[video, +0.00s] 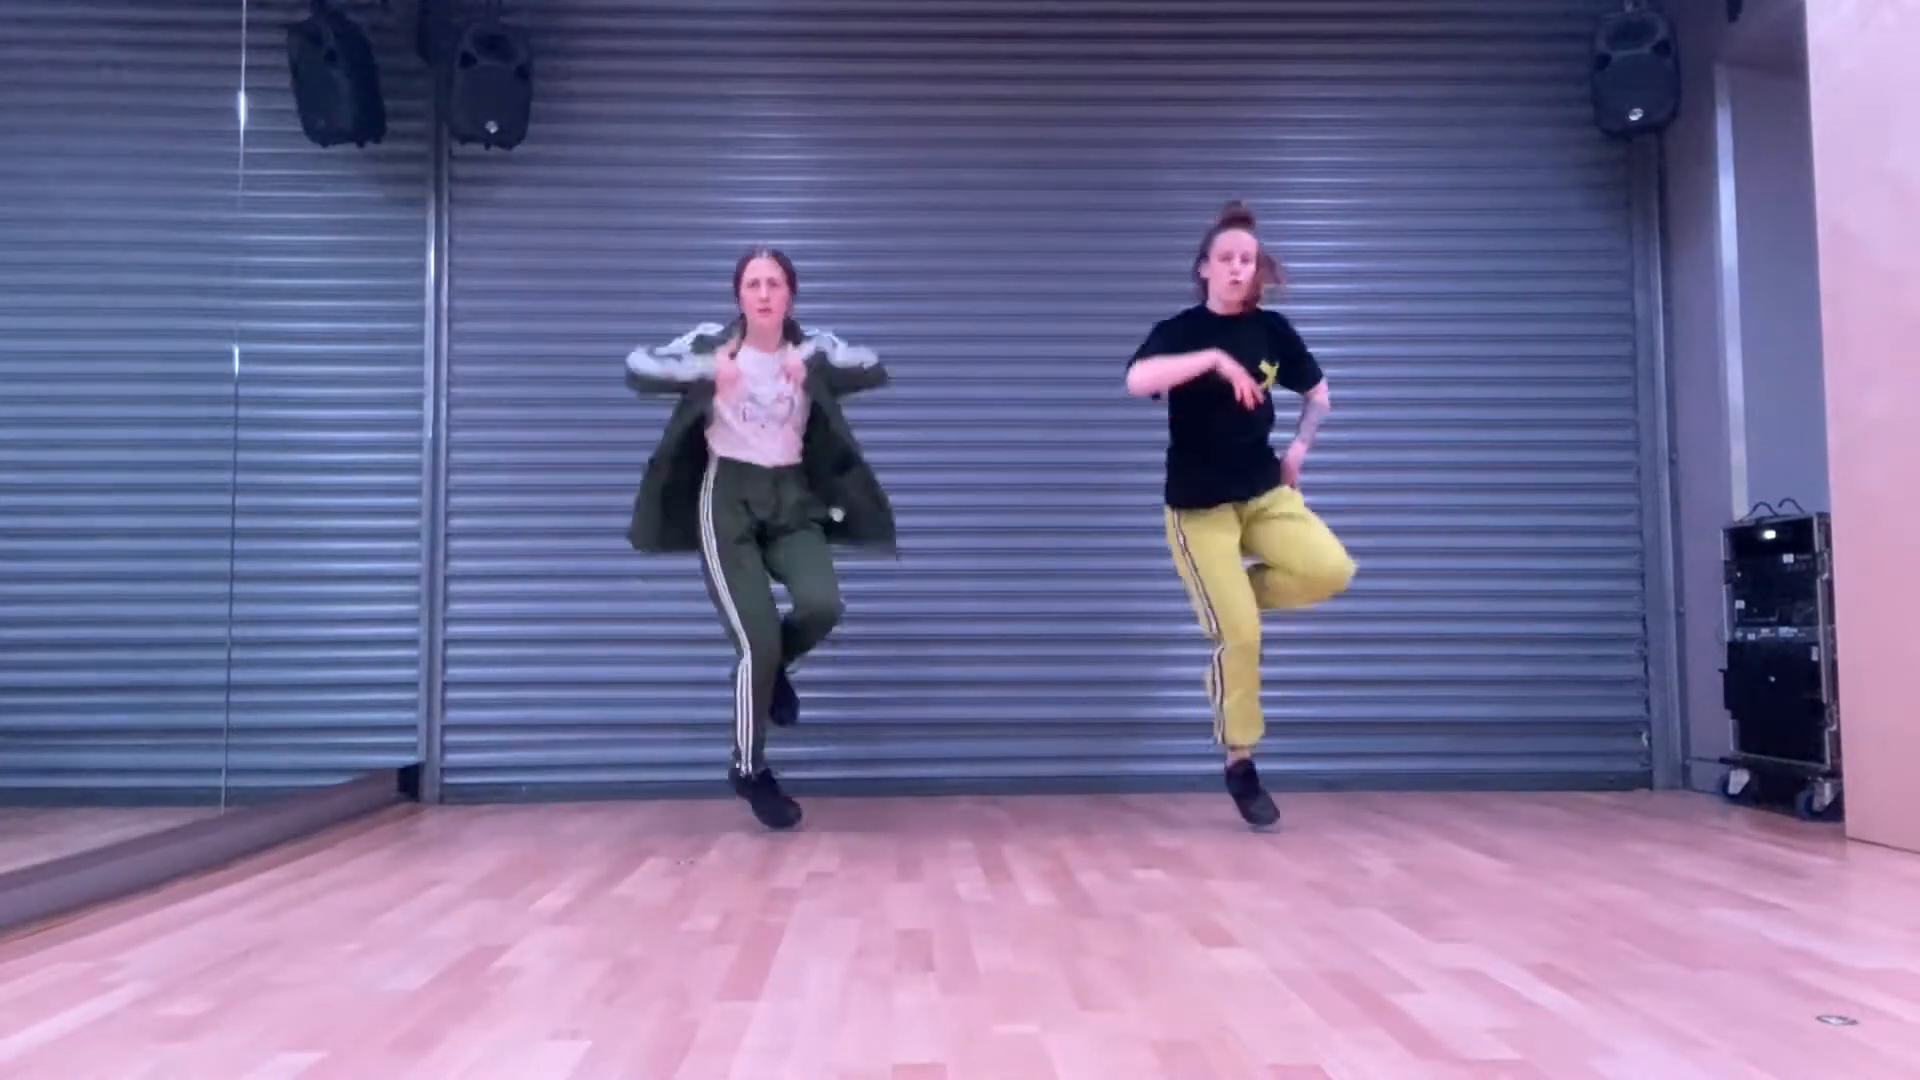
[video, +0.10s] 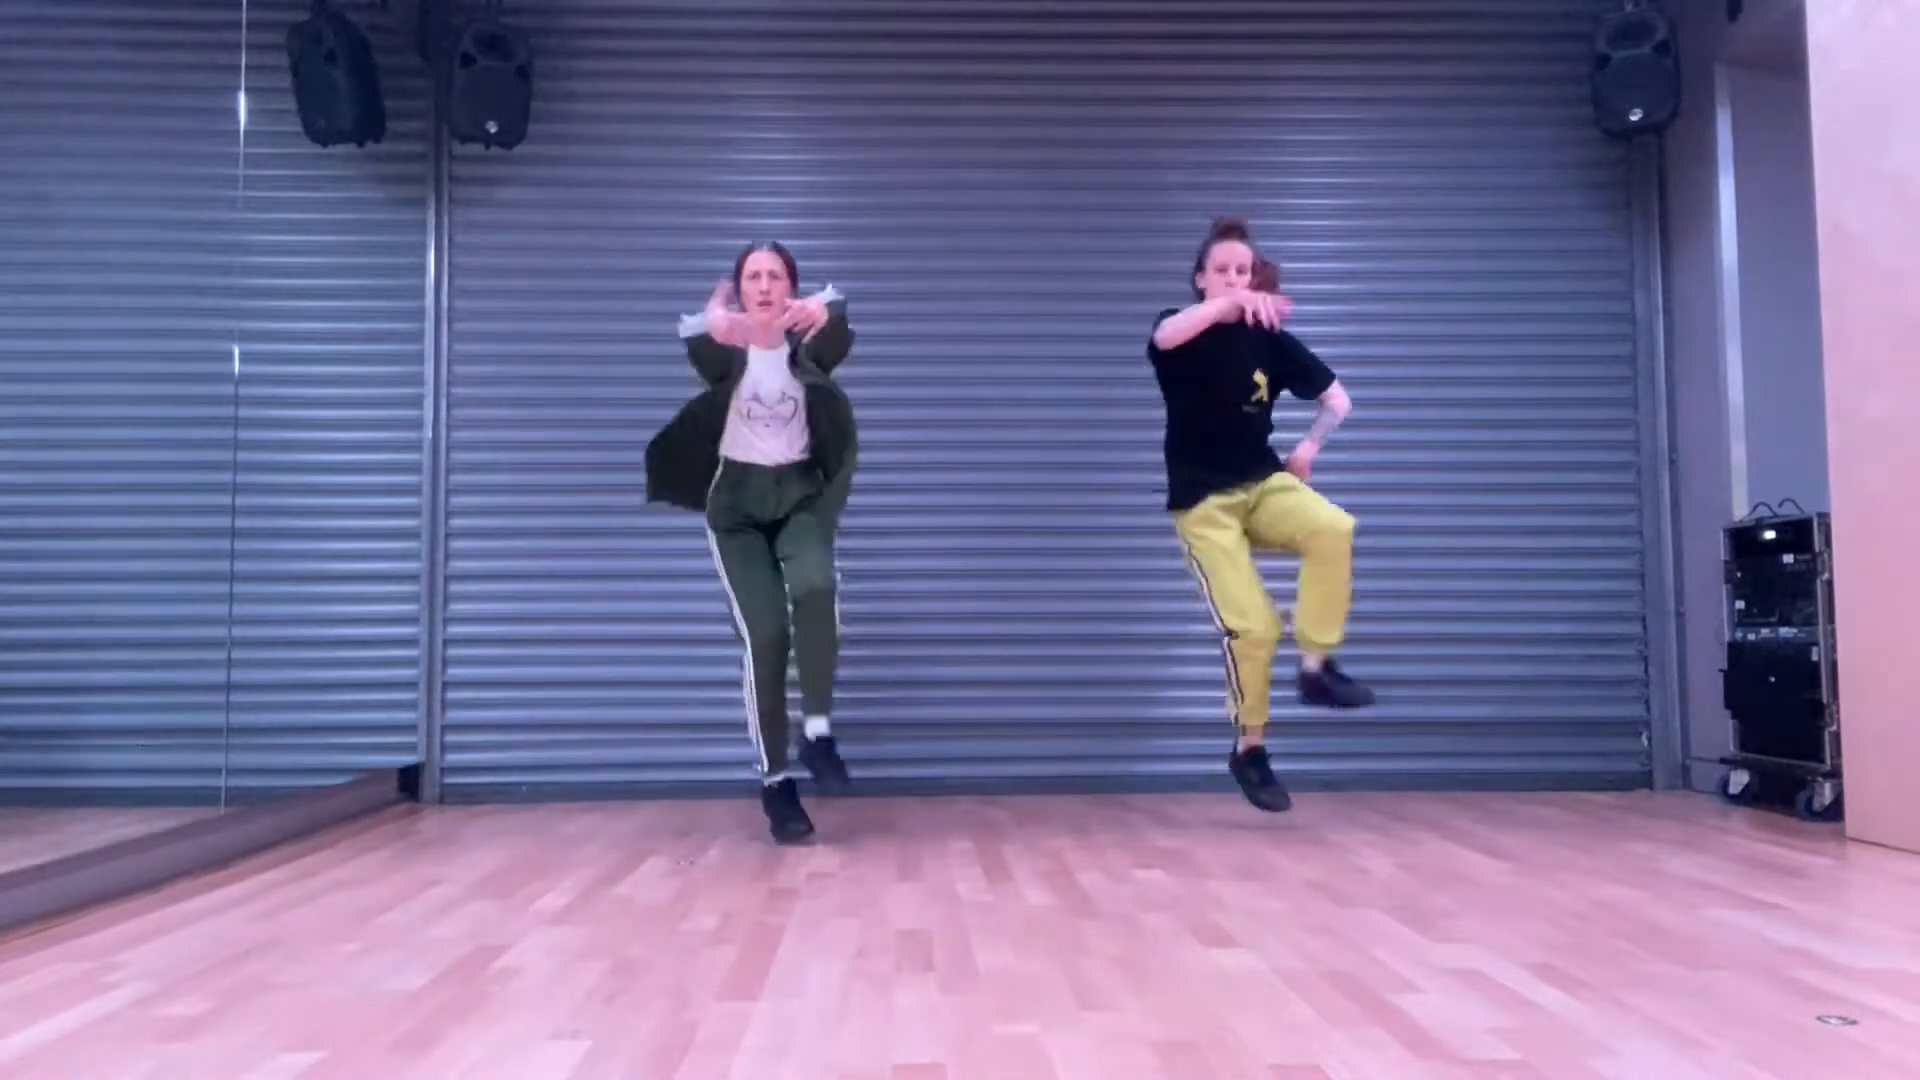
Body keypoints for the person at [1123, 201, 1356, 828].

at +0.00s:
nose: (1237, 269)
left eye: (1247, 260)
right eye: (1226, 259)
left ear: (1259, 271)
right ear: (1204, 267)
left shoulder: (1272, 332)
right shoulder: (1180, 332)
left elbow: (1318, 394)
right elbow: (1138, 381)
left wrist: (1298, 449)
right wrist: (1212, 362)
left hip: (1265, 495)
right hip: (1200, 508)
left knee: (1329, 572)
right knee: (1239, 631)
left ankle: (1225, 591)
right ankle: (1240, 762)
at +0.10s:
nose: (1233, 282)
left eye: (1243, 272)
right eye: (1222, 271)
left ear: (1258, 279)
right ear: (1199, 277)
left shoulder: (1271, 340)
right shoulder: (1178, 327)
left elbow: (1337, 401)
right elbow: (1165, 339)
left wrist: (1309, 447)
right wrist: (1234, 300)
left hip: (1266, 487)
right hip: (1203, 502)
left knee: (1333, 527)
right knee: (1254, 627)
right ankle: (1250, 751)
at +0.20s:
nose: (1226, 306)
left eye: (1236, 296)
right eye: (1215, 295)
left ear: (1250, 306)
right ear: (1193, 303)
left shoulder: (1262, 364)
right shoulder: (1176, 355)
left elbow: (1340, 419)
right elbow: (1189, 344)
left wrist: (1308, 465)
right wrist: (1218, 323)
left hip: (1272, 506)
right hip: (1211, 519)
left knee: (1327, 605)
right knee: (1254, 654)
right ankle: (1263, 787)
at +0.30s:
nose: (1232, 305)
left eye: (1242, 295)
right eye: (1221, 293)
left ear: (1254, 304)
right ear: (1200, 300)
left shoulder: (1270, 365)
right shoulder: (1178, 358)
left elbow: (1330, 435)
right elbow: (1137, 397)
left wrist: (1285, 446)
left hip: (1280, 518)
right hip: (1211, 528)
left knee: (1319, 617)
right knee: (1260, 646)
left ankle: (1348, 759)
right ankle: (1263, 781)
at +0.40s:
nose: (1240, 327)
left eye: (1249, 315)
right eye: (1228, 316)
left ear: (1261, 321)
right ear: (1207, 322)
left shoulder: (1272, 385)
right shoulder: (1176, 384)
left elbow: (1268, 465)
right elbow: (1138, 472)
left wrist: (1231, 412)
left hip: (1274, 528)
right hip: (1208, 538)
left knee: (1307, 653)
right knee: (1273, 610)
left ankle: (1297, 782)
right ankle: (1248, 705)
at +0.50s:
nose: (1250, 355)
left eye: (1259, 344)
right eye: (1238, 344)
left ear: (1268, 353)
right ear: (1215, 351)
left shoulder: (1274, 413)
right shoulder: (1177, 417)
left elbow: (1241, 462)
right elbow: (1156, 502)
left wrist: (1194, 418)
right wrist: (1189, 554)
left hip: (1263, 565)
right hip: (1197, 563)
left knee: (1303, 675)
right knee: (1233, 629)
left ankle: (1290, 790)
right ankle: (1192, 670)